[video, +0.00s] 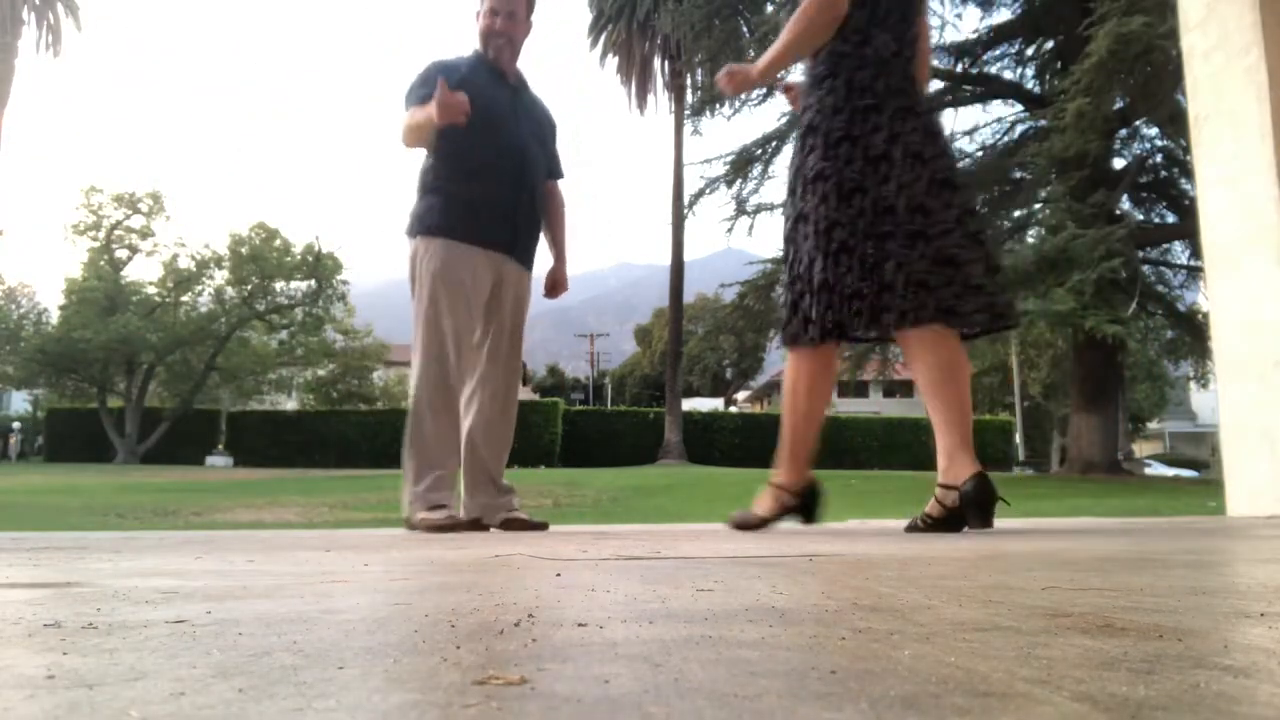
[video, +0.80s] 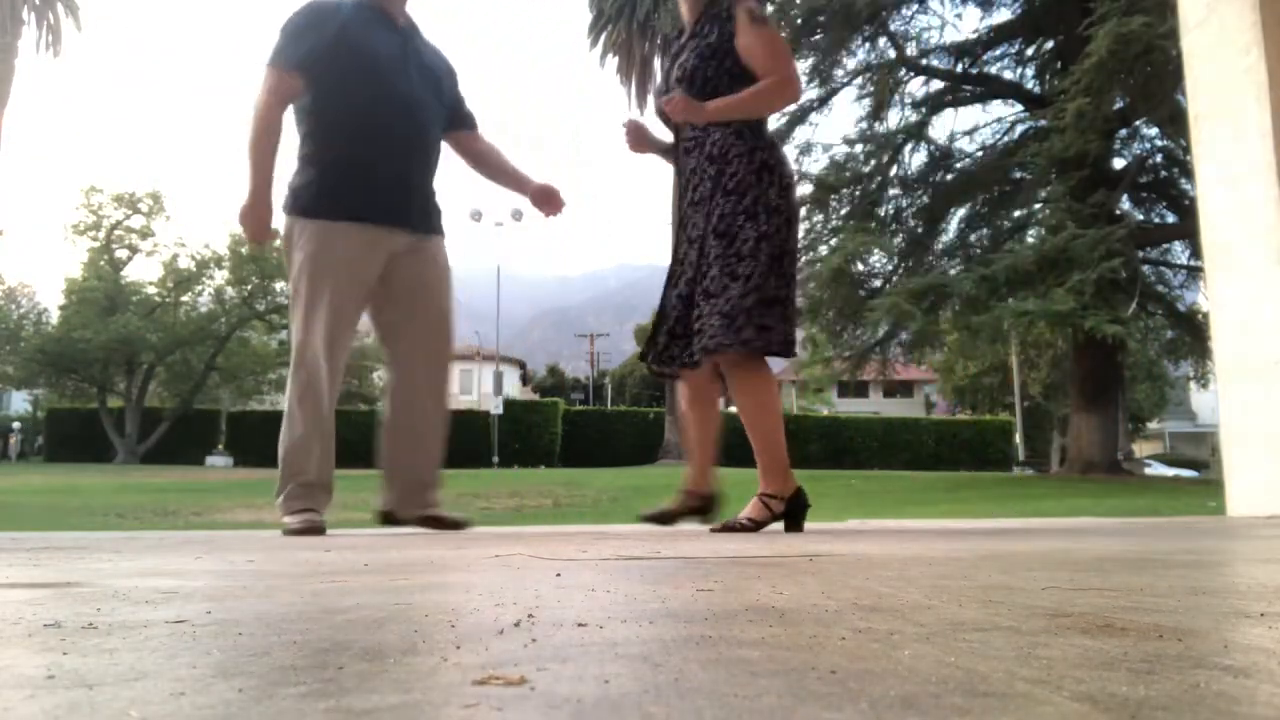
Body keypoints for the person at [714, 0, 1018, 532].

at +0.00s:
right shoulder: (908, 3)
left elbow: (826, 8)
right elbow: (917, 68)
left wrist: (758, 69)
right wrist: (823, 95)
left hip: (843, 128)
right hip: (905, 132)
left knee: (814, 304)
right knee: (920, 301)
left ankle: (790, 480)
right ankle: (960, 476)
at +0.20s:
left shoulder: (781, 2)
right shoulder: (854, 9)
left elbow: (782, 42)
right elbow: (871, 98)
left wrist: (716, 101)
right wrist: (763, 109)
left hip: (798, 156)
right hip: (859, 154)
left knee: (773, 316)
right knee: (889, 307)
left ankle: (778, 488)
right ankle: (952, 470)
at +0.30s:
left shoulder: (766, 3)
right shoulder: (819, 12)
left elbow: (775, 47)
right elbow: (824, 95)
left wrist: (706, 101)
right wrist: (741, 110)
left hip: (778, 161)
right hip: (831, 158)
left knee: (758, 322)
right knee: (864, 311)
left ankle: (777, 489)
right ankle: (939, 454)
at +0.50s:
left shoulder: (751, 5)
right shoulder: (735, 25)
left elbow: (774, 77)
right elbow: (757, 115)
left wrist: (695, 117)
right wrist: (698, 140)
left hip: (752, 186)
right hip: (769, 187)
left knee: (731, 343)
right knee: (786, 345)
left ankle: (777, 490)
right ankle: (896, 442)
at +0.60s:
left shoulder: (753, 11)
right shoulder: (722, 40)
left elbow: (778, 87)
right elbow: (736, 134)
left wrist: (693, 116)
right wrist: (682, 144)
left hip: (749, 193)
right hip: (742, 194)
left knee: (722, 347)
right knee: (755, 355)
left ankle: (776, 490)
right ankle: (848, 465)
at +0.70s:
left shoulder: (748, 12)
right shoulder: (704, 41)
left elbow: (786, 81)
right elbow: (719, 136)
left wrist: (700, 112)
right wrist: (667, 143)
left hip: (748, 190)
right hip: (719, 196)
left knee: (714, 343)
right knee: (722, 344)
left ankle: (777, 487)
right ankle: (775, 487)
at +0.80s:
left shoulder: (742, 16)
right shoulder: (681, 49)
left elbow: (786, 84)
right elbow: (701, 151)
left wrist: (705, 111)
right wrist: (655, 145)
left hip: (745, 193)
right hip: (703, 202)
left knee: (734, 342)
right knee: (692, 348)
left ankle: (779, 489)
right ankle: (698, 488)